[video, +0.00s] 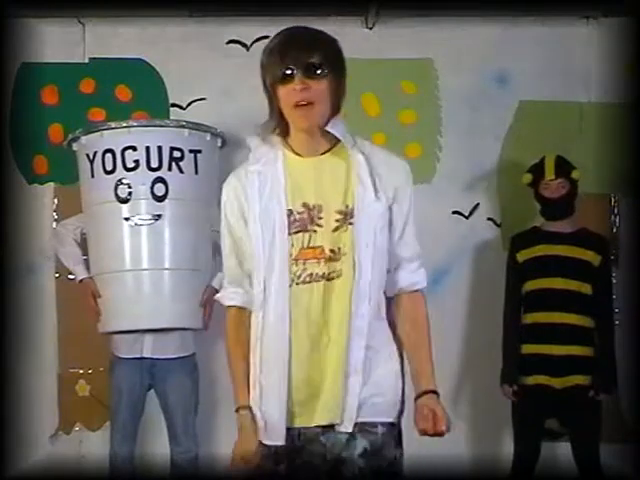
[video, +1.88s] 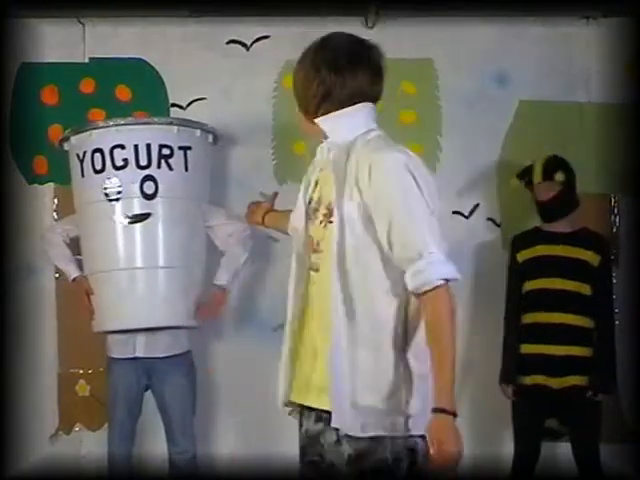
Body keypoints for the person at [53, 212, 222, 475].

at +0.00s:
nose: (150, 199)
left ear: (172, 192)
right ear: (129, 191)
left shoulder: (189, 224)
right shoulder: (113, 217)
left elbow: (233, 252)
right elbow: (64, 229)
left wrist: (214, 286)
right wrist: (84, 277)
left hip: (177, 351)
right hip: (127, 351)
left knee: (186, 447)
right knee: (121, 450)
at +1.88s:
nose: (142, 193)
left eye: (151, 187)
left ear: (163, 184)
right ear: (123, 187)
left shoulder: (187, 211)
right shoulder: (106, 216)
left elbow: (239, 235)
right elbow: (53, 233)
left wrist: (220, 288)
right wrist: (76, 277)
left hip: (172, 349)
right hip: (122, 351)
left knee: (182, 449)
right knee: (119, 451)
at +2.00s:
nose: (141, 192)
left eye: (149, 186)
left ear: (161, 185)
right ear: (121, 190)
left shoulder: (181, 212)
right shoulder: (104, 216)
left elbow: (235, 239)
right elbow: (53, 232)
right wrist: (76, 275)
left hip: (173, 349)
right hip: (122, 351)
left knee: (184, 449)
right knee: (118, 450)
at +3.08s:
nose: (135, 189)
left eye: (144, 181)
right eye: (128, 181)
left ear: (157, 181)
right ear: (116, 183)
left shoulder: (176, 208)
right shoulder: (104, 212)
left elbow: (229, 216)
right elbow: (53, 229)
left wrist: (236, 173)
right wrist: (75, 274)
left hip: (172, 340)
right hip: (123, 344)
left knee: (183, 441)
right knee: (121, 441)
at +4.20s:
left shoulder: (179, 218)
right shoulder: (106, 214)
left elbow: (236, 235)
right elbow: (54, 228)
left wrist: (209, 215)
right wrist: (75, 273)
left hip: (172, 337)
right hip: (121, 340)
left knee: (179, 432)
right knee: (120, 429)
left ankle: (183, 477)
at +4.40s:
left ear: (165, 189)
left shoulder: (182, 220)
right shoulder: (106, 217)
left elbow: (216, 247)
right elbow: (56, 227)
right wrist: (75, 273)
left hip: (171, 349)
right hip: (120, 351)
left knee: (182, 448)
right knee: (118, 451)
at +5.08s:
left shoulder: (183, 221)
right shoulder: (108, 217)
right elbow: (59, 230)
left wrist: (204, 297)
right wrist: (81, 277)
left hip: (174, 351)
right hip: (123, 352)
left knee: (183, 449)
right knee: (119, 450)